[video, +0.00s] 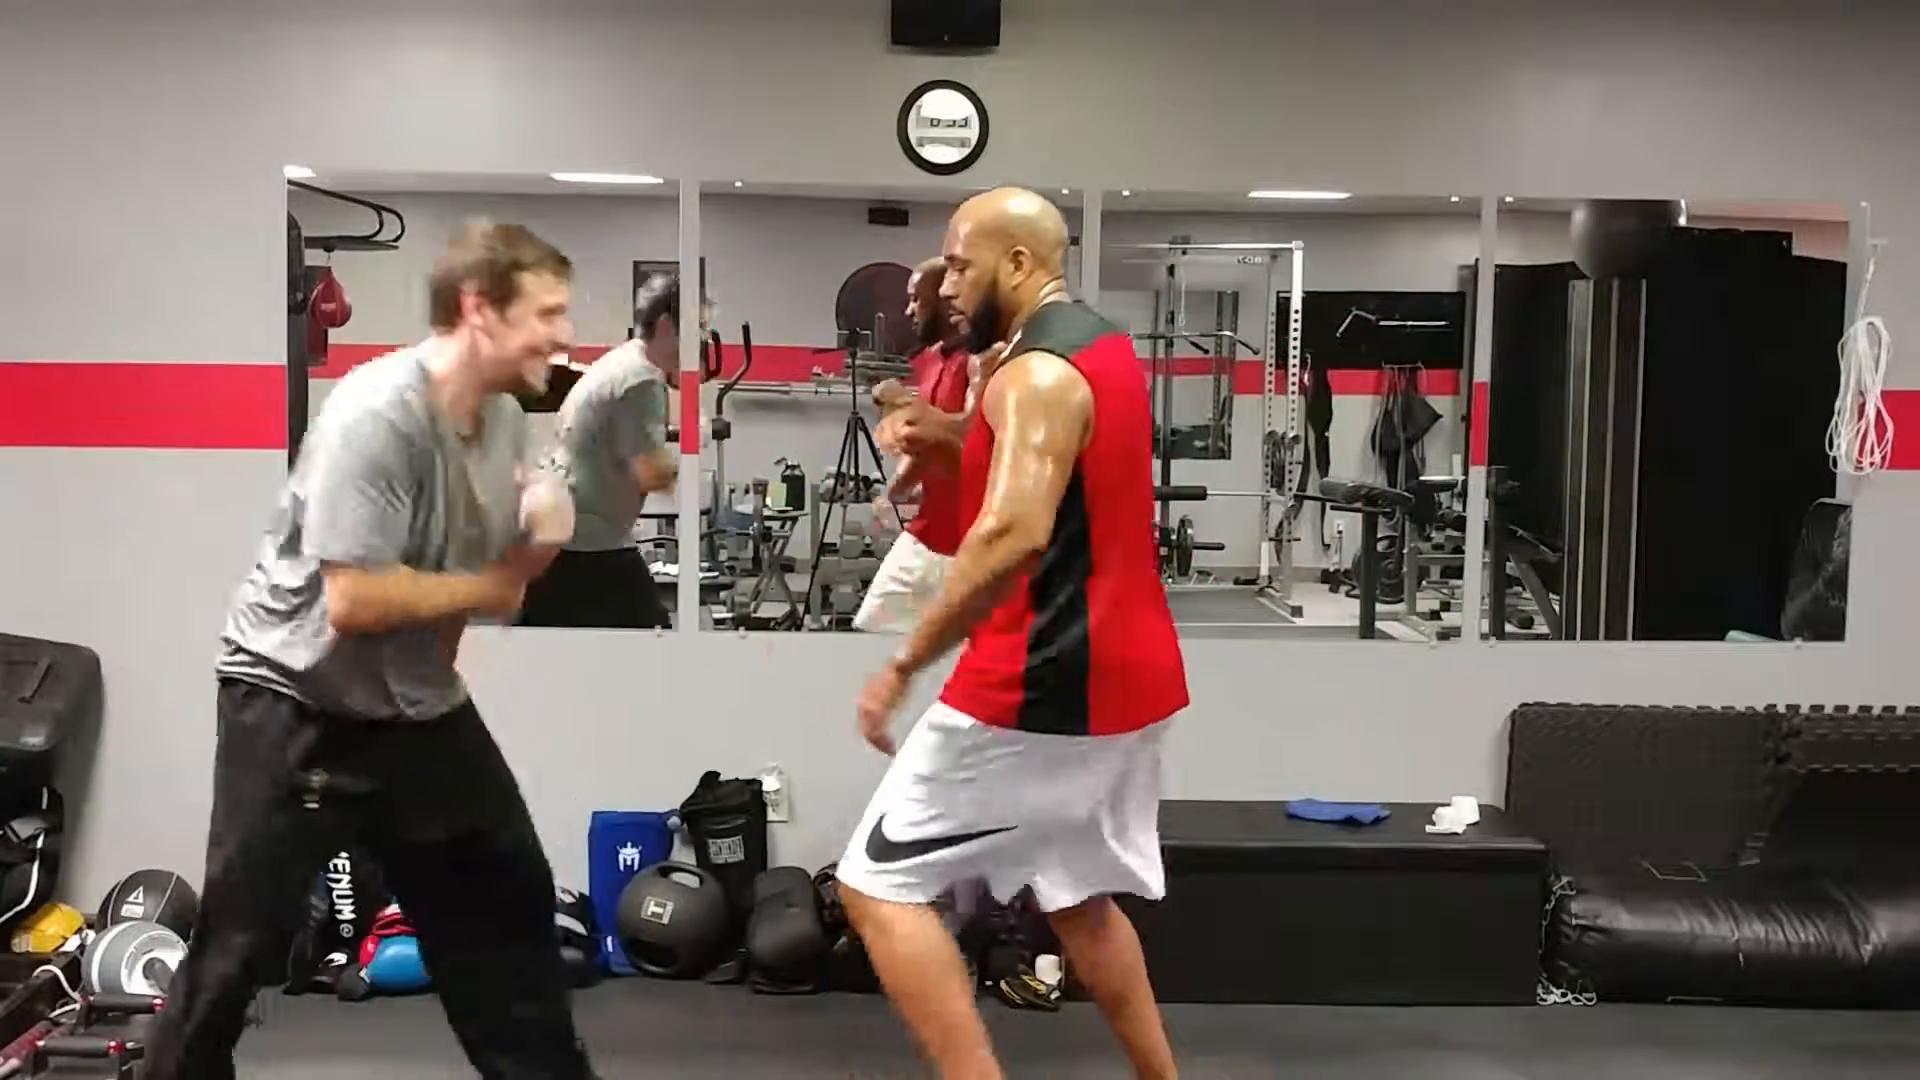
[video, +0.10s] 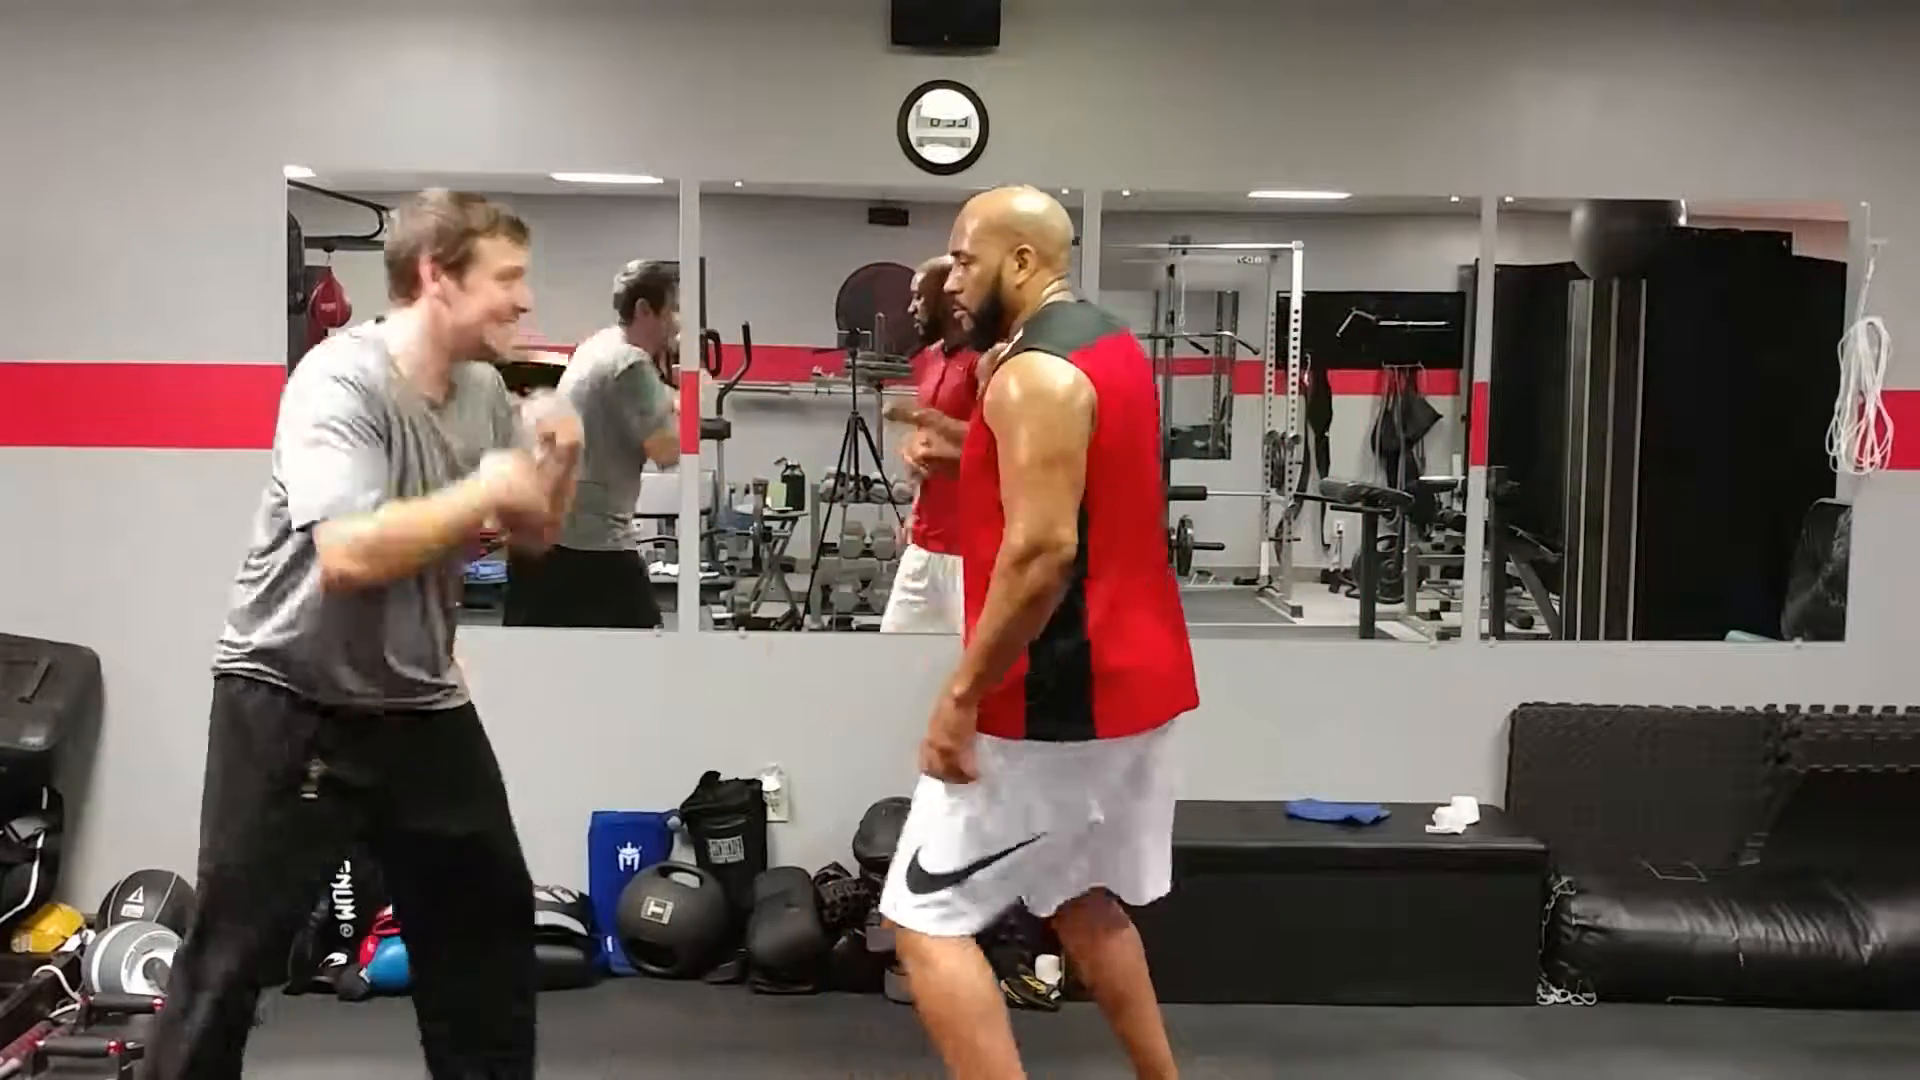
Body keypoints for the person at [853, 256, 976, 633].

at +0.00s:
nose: (909, 311)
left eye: (916, 299)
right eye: (909, 300)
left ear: (945, 300)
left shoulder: (970, 362)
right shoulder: (928, 360)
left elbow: (968, 433)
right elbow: (924, 442)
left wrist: (912, 406)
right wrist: (891, 494)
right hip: (924, 530)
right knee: (869, 633)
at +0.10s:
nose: (912, 308)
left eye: (919, 297)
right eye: (912, 298)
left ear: (951, 299)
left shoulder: (983, 362)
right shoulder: (924, 361)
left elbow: (994, 442)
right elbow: (914, 439)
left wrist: (923, 418)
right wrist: (913, 450)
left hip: (969, 546)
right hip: (924, 542)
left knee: (976, 666)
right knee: (895, 654)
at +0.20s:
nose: (907, 306)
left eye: (915, 296)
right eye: (908, 296)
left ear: (944, 301)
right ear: (935, 305)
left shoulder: (983, 361)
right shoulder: (927, 359)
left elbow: (990, 444)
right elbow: (928, 448)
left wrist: (920, 427)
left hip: (967, 544)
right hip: (928, 540)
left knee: (968, 669)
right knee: (910, 660)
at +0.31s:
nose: (906, 304)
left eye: (914, 293)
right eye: (907, 294)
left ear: (944, 300)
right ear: (936, 304)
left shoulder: (979, 358)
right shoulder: (927, 356)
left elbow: (983, 435)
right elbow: (925, 443)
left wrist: (913, 418)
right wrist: (917, 508)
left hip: (972, 535)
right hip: (934, 533)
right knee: (921, 653)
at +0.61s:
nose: (956, 302)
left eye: (966, 292)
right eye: (958, 292)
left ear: (997, 296)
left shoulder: (1025, 350)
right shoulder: (965, 352)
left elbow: (994, 417)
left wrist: (940, 391)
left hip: (1017, 545)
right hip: (960, 537)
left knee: (1026, 668)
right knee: (917, 651)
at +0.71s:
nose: (970, 300)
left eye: (980, 290)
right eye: (971, 290)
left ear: (1012, 296)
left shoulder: (1041, 357)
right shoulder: (965, 357)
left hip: (1030, 544)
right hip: (969, 535)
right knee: (914, 642)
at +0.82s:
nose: (967, 302)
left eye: (978, 294)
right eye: (969, 294)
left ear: (1012, 298)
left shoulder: (1047, 364)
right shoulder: (952, 366)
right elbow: (932, 450)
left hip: (1026, 536)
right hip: (957, 528)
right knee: (909, 636)